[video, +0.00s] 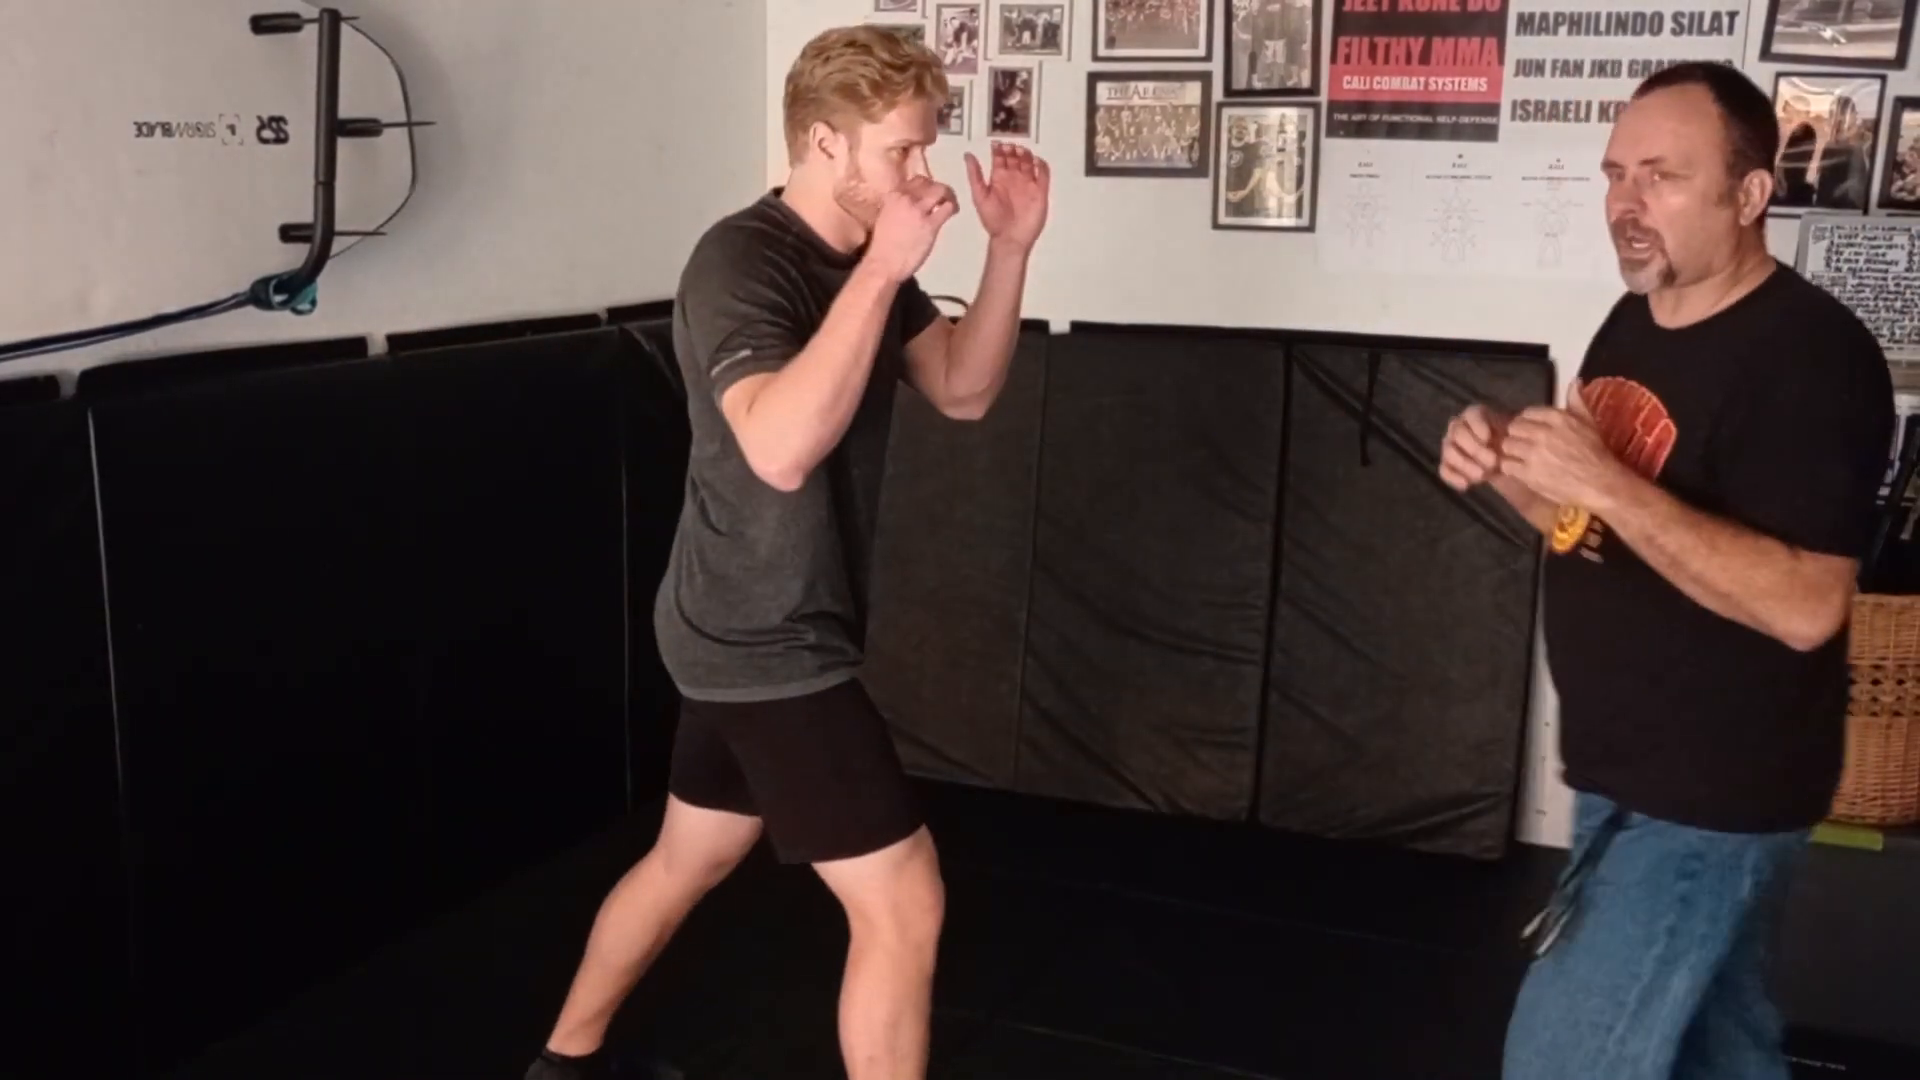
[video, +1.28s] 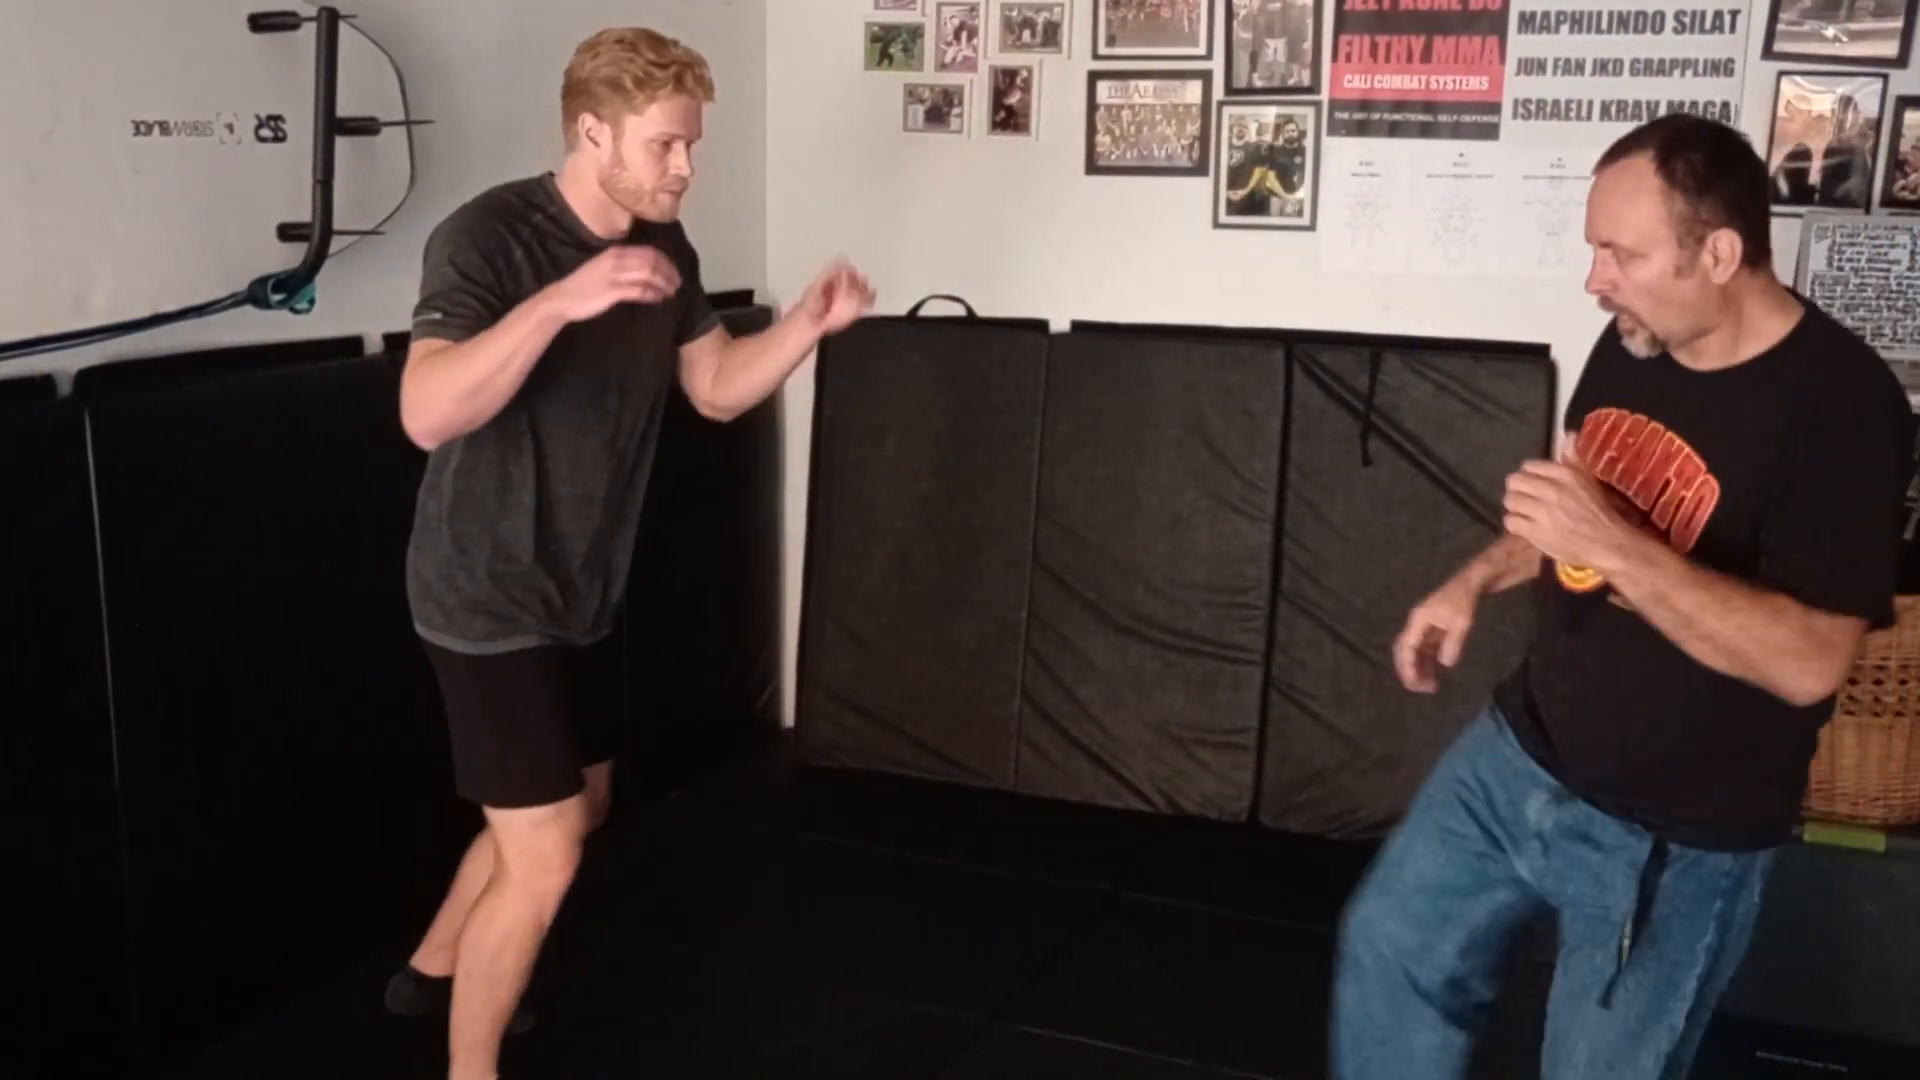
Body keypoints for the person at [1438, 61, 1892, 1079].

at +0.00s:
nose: (1623, 206)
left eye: (1660, 178)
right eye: (1616, 175)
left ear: (1751, 196)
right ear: (1605, 179)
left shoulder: (1825, 354)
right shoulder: (1631, 324)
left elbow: (1809, 605)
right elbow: (1601, 531)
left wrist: (1602, 481)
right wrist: (1508, 470)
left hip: (1717, 807)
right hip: (1614, 782)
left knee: (1561, 1057)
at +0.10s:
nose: (1636, 206)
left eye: (1671, 176)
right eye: (1629, 176)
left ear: (1763, 190)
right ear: (1619, 183)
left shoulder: (1852, 342)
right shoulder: (1655, 323)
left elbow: (1846, 586)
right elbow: (1630, 522)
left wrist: (1632, 479)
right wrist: (1540, 472)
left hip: (1783, 783)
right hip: (1664, 760)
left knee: (1614, 1050)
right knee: (1744, 1048)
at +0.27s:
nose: (1690, 190)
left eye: (1718, 162)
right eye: (1684, 161)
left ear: (1819, 170)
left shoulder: (1902, 324)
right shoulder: (1713, 301)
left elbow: (1840, 569)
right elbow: (1668, 493)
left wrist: (1676, 411)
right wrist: (1592, 417)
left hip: (1820, 803)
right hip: (1681, 771)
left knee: (1755, 1059)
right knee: (1686, 1048)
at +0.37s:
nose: (1708, 202)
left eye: (1738, 174)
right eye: (1707, 172)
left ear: (1839, 186)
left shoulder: (1907, 335)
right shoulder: (1732, 317)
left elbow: (1836, 585)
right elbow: (1678, 504)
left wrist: (1683, 415)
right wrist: (1603, 421)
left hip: (1837, 816)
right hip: (1688, 782)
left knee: (1806, 1061)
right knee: (1689, 1053)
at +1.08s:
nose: (1594, 248)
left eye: (1616, 223)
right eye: (1591, 219)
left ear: (1713, 219)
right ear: (1698, 220)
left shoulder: (1865, 346)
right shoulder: (1634, 319)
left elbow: (1852, 595)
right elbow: (1557, 484)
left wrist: (1644, 490)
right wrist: (1488, 440)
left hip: (1759, 822)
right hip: (1613, 778)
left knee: (1697, 1062)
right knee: (1580, 1049)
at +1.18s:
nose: (1590, 258)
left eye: (1611, 232)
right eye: (1587, 229)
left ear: (1711, 227)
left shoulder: (1866, 362)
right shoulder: (1628, 327)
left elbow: (1859, 611)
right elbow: (1568, 484)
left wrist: (1642, 513)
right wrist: (1448, 520)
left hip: (1733, 823)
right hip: (1569, 763)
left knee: (1628, 1058)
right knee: (1486, 1001)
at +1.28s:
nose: (1599, 282)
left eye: (1622, 257)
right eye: (1596, 251)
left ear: (1719, 256)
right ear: (1710, 258)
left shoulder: (1851, 406)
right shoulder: (1633, 342)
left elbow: (1812, 663)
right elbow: (1576, 511)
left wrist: (1614, 546)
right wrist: (1472, 582)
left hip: (1675, 842)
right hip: (1522, 751)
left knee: (1599, 1063)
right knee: (1390, 954)